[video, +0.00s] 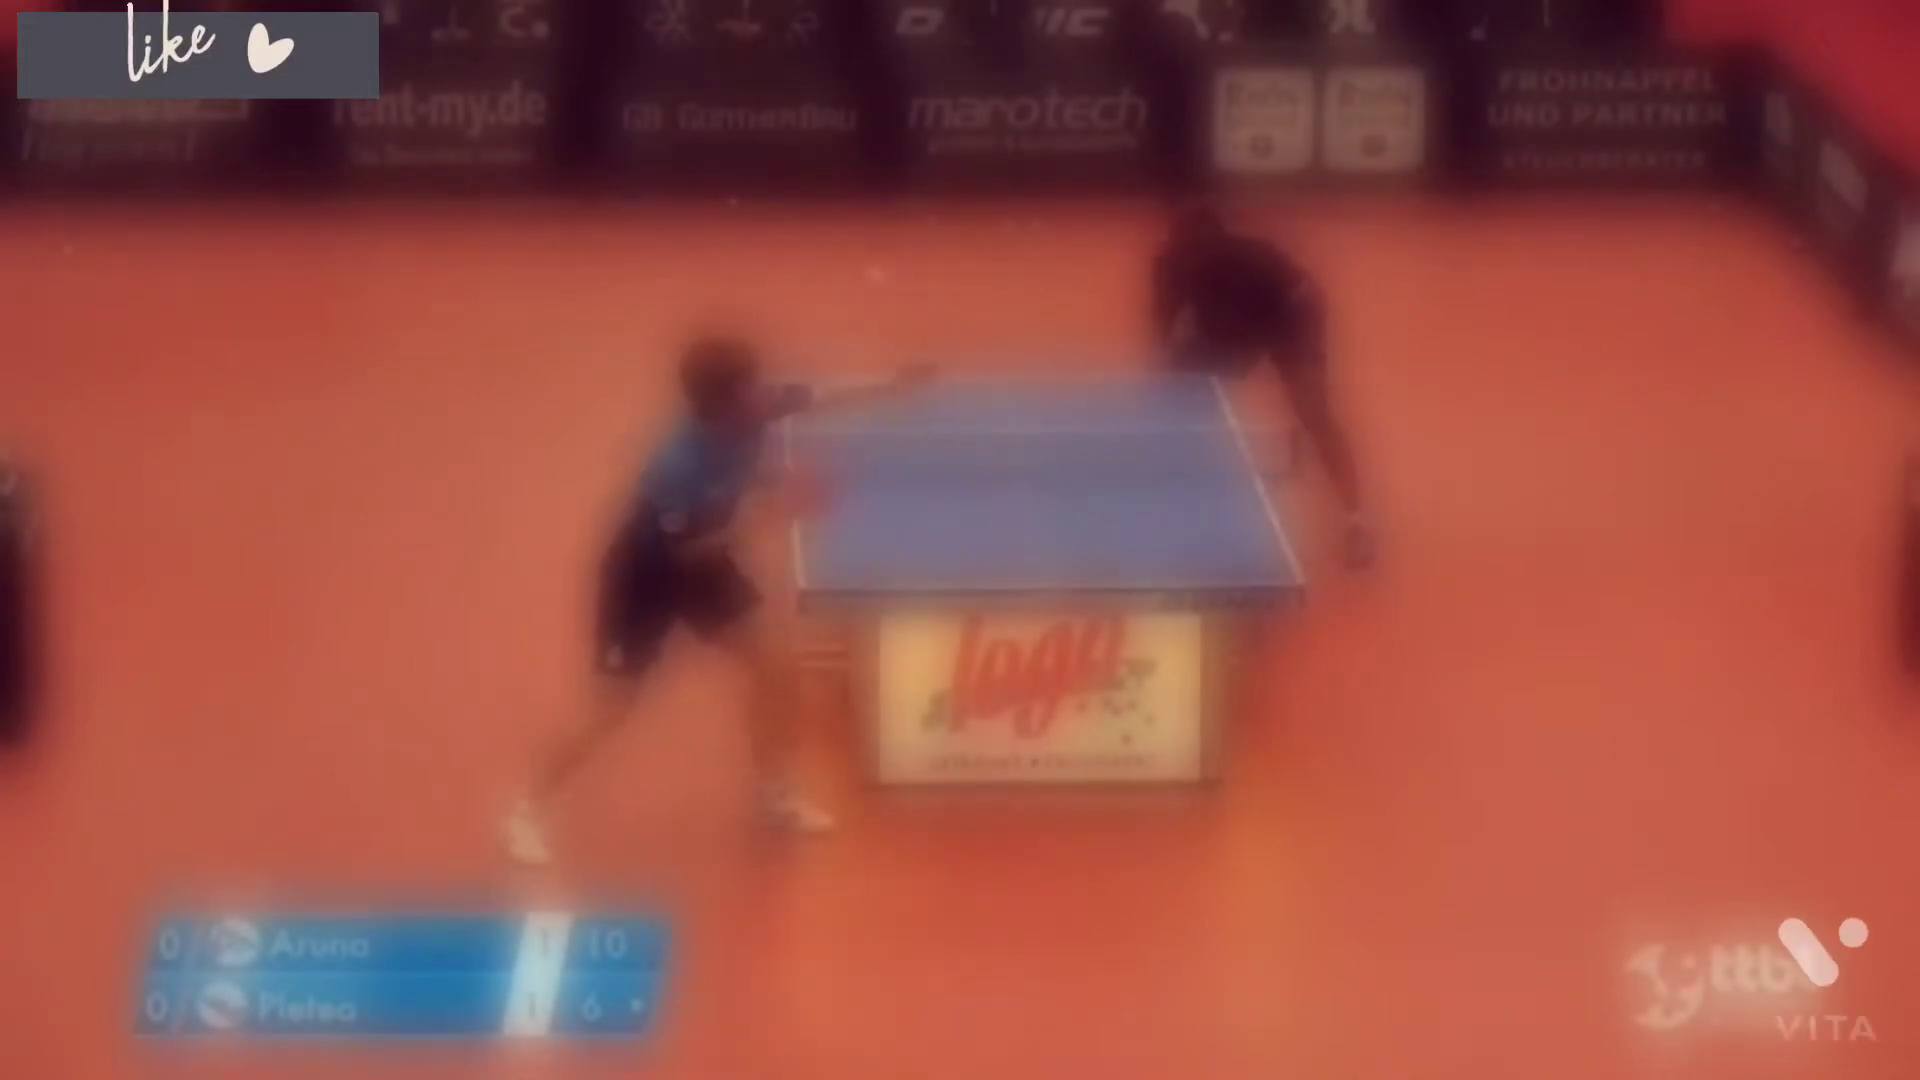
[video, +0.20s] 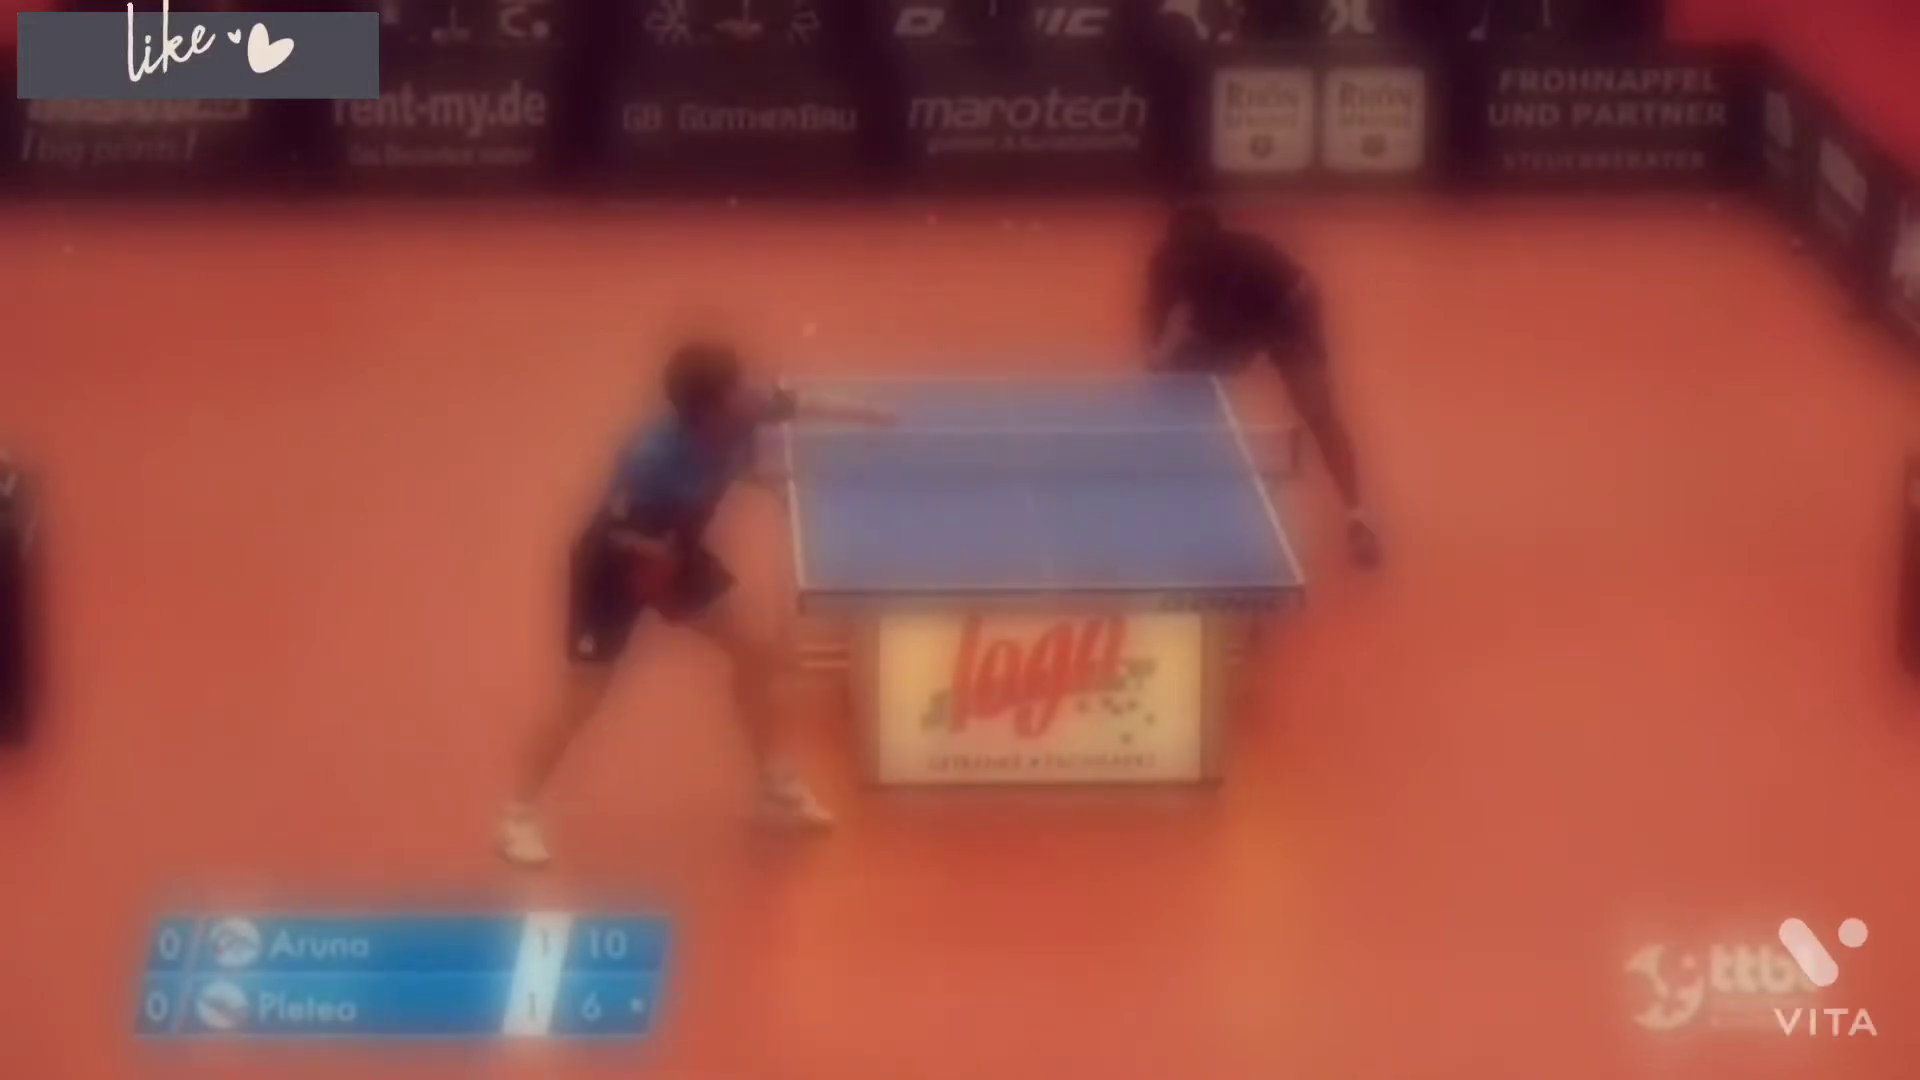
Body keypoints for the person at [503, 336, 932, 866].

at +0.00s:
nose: (754, 397)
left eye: (752, 386)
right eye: (744, 390)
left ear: (745, 392)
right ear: (716, 397)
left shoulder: (749, 417)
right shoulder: (685, 458)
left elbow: (814, 400)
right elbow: (685, 544)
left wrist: (891, 391)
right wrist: (766, 505)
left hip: (702, 560)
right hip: (644, 569)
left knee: (771, 662)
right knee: (614, 703)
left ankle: (776, 792)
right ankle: (531, 807)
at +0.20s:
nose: (739, 402)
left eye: (737, 392)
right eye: (728, 396)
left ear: (734, 391)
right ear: (699, 401)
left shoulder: (735, 418)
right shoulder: (656, 449)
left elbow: (795, 407)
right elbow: (616, 526)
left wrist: (867, 419)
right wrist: (653, 549)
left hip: (679, 553)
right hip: (615, 557)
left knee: (753, 651)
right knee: (585, 692)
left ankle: (775, 783)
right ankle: (522, 812)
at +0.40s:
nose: (777, 477)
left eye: (782, 467)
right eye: (772, 466)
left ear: (773, 457)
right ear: (749, 454)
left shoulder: (748, 469)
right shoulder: (687, 467)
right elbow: (601, 510)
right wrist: (668, 530)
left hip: (685, 562)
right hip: (622, 563)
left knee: (763, 638)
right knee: (591, 699)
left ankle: (712, 743)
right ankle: (520, 811)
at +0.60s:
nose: (876, 453)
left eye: (882, 442)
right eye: (877, 443)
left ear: (841, 416)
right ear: (862, 441)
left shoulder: (797, 430)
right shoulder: (787, 461)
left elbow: (742, 422)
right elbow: (776, 495)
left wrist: (679, 423)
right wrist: (822, 518)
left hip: (723, 582)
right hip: (670, 587)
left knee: (782, 681)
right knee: (660, 732)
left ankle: (732, 799)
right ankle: (548, 798)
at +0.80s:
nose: (901, 346)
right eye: (904, 337)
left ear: (853, 336)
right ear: (906, 345)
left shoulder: (809, 384)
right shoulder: (901, 413)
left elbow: (741, 403)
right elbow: (967, 467)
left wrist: (695, 427)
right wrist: (981, 455)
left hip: (757, 563)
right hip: (817, 575)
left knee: (765, 678)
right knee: (867, 706)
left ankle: (732, 802)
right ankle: (807, 818)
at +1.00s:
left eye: (894, 365)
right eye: (926, 368)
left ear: (880, 373)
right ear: (937, 379)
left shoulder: (847, 423)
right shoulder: (951, 447)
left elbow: (775, 457)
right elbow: (1019, 522)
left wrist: (781, 489)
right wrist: (1007, 487)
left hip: (831, 615)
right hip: (906, 621)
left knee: (776, 711)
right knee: (989, 736)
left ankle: (738, 835)